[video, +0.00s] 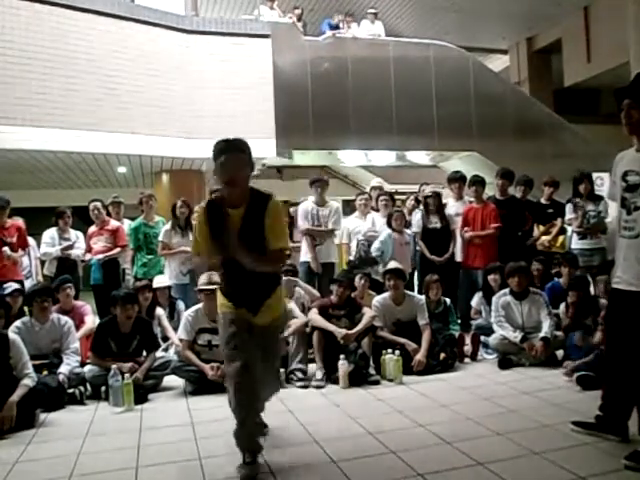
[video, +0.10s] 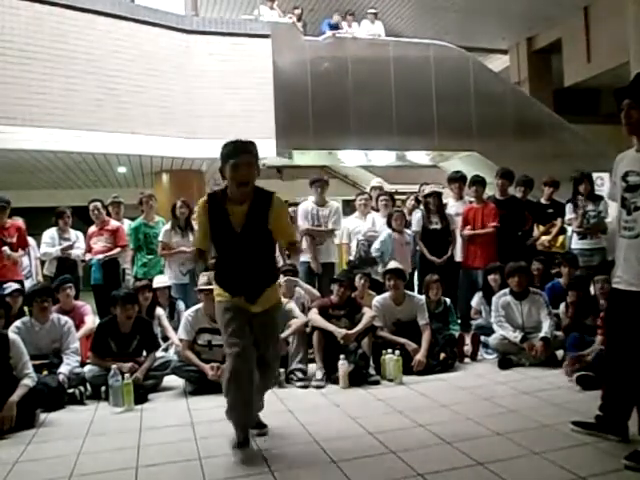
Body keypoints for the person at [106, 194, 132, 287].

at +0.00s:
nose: (116, 210)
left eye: (119, 207)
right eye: (113, 207)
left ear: (123, 208)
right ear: (108, 209)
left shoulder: (130, 225)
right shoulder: (105, 226)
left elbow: (133, 245)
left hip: (126, 263)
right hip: (110, 262)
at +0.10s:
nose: (116, 210)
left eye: (119, 207)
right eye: (113, 207)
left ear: (123, 208)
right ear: (108, 209)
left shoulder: (130, 225)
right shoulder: (105, 226)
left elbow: (134, 245)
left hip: (126, 264)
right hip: (110, 262)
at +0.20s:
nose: (116, 210)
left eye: (119, 207)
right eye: (113, 207)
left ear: (123, 208)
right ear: (108, 209)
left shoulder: (130, 225)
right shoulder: (105, 226)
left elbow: (134, 245)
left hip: (126, 263)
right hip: (110, 262)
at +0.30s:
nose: (116, 210)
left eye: (118, 207)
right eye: (113, 207)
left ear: (123, 208)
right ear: (108, 209)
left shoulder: (130, 225)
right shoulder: (106, 226)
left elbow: (133, 245)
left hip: (126, 263)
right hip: (110, 262)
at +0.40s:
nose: (116, 210)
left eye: (119, 207)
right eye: (113, 207)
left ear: (123, 208)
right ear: (108, 209)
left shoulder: (130, 225)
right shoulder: (106, 226)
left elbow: (133, 245)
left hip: (126, 264)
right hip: (110, 262)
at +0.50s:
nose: (116, 210)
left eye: (119, 207)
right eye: (113, 207)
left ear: (123, 208)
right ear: (108, 209)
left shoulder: (130, 225)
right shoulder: (106, 226)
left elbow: (133, 245)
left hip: (126, 263)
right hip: (111, 262)